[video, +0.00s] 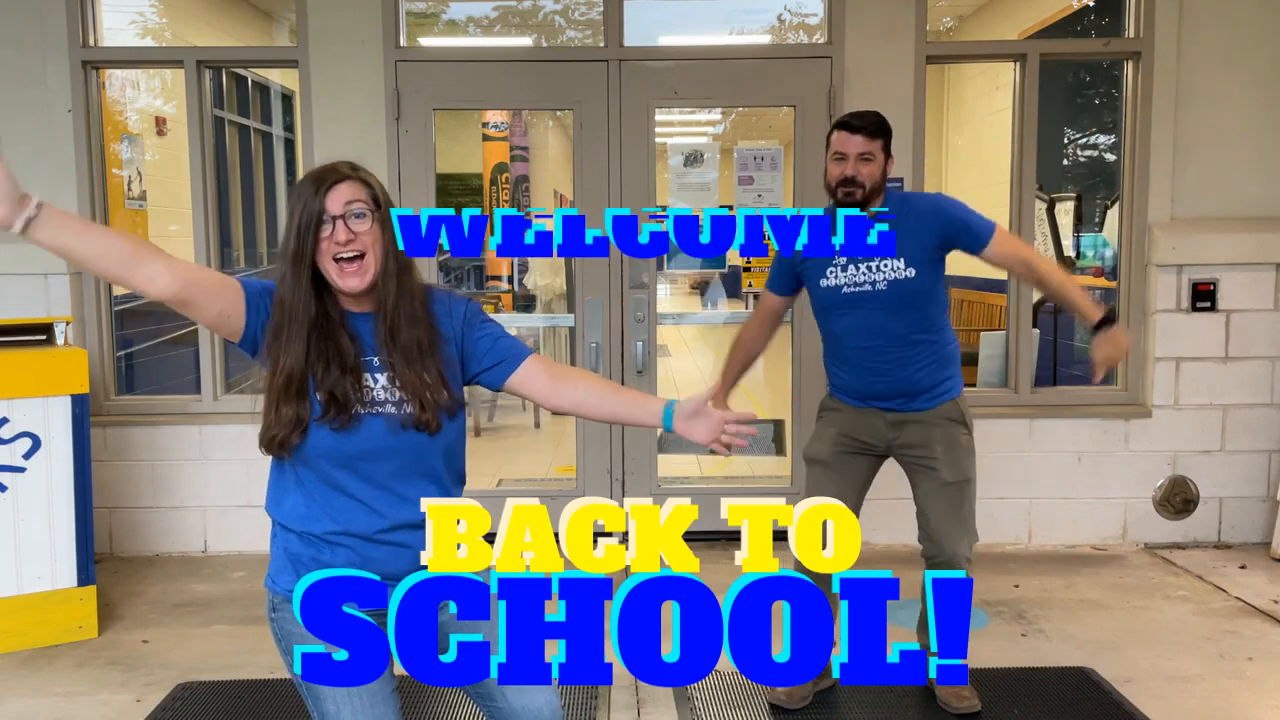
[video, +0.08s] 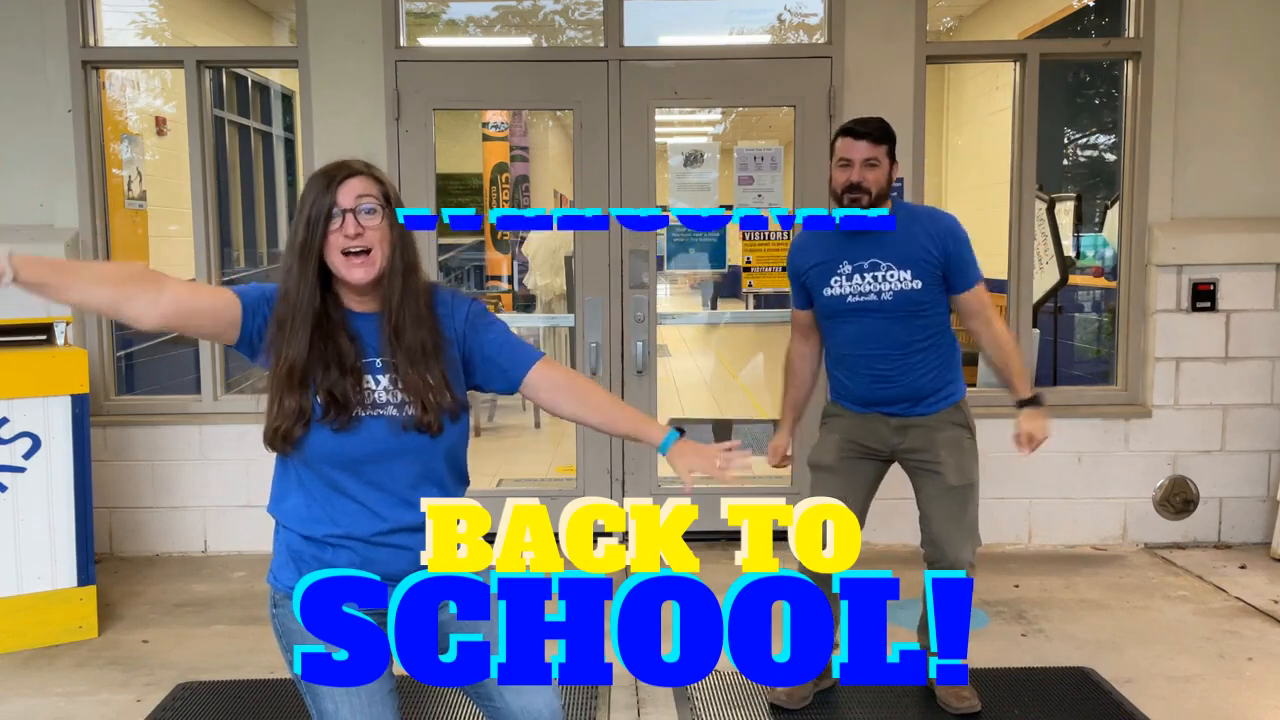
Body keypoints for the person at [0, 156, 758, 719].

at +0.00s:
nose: (347, 233)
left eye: (361, 218)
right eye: (329, 222)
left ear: (389, 232)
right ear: (307, 241)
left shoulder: (442, 317)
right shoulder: (287, 313)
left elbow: (547, 381)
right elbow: (160, 275)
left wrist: (672, 415)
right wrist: (32, 217)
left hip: (437, 567)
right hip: (324, 572)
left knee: (542, 686)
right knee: (359, 710)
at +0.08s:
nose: (355, 226)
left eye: (371, 213)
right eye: (339, 215)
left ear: (397, 232)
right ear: (317, 237)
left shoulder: (447, 319)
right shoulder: (288, 312)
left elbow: (552, 384)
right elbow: (158, 302)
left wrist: (670, 441)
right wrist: (23, 267)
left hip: (442, 564)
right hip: (326, 570)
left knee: (544, 674)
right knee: (355, 704)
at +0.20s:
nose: (378, 197)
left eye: (395, 186)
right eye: (361, 188)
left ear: (422, 214)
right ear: (339, 217)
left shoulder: (469, 308)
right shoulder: (297, 297)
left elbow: (566, 398)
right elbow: (155, 342)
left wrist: (671, 471)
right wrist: (12, 369)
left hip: (458, 557)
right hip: (332, 570)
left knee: (550, 686)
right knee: (354, 712)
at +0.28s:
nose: (396, 175)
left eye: (414, 163)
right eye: (382, 164)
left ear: (445, 187)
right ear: (361, 187)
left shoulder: (484, 288)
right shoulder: (318, 274)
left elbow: (565, 396)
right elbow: (207, 362)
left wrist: (650, 495)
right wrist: (82, 444)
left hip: (470, 538)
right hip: (344, 550)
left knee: (553, 698)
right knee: (361, 710)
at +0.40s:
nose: (425, 173)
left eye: (443, 157)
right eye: (410, 162)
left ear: (476, 175)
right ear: (393, 186)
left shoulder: (525, 289)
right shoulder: (358, 269)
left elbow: (558, 420)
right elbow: (301, 381)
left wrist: (602, 526)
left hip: (486, 536)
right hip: (362, 539)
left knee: (555, 710)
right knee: (362, 713)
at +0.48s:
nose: (453, 184)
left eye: (472, 170)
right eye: (438, 174)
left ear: (505, 188)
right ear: (423, 198)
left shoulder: (551, 299)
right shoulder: (385, 293)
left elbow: (568, 437)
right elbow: (340, 408)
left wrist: (589, 554)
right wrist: (312, 517)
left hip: (514, 554)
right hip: (383, 556)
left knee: (577, 710)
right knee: (370, 713)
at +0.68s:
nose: (517, 181)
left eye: (537, 166)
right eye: (503, 172)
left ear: (577, 184)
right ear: (489, 198)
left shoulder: (639, 298)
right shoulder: (486, 296)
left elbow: (683, 440)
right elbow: (446, 410)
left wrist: (704, 578)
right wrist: (400, 521)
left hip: (612, 565)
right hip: (479, 560)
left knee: (645, 711)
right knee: (433, 710)